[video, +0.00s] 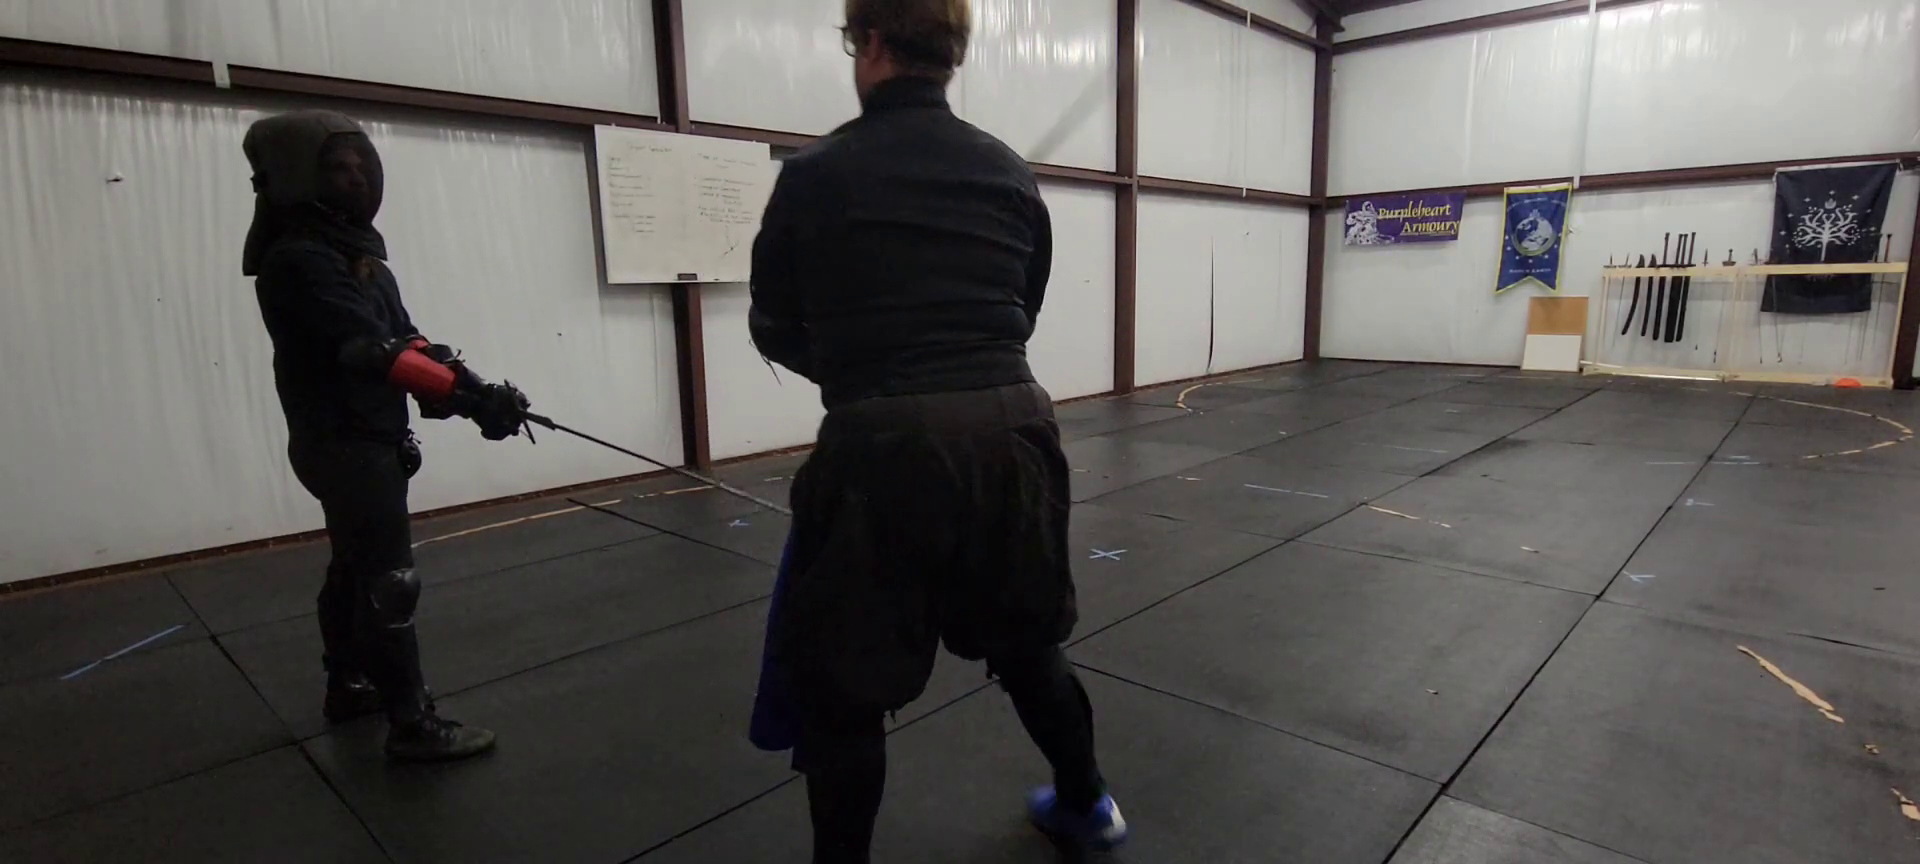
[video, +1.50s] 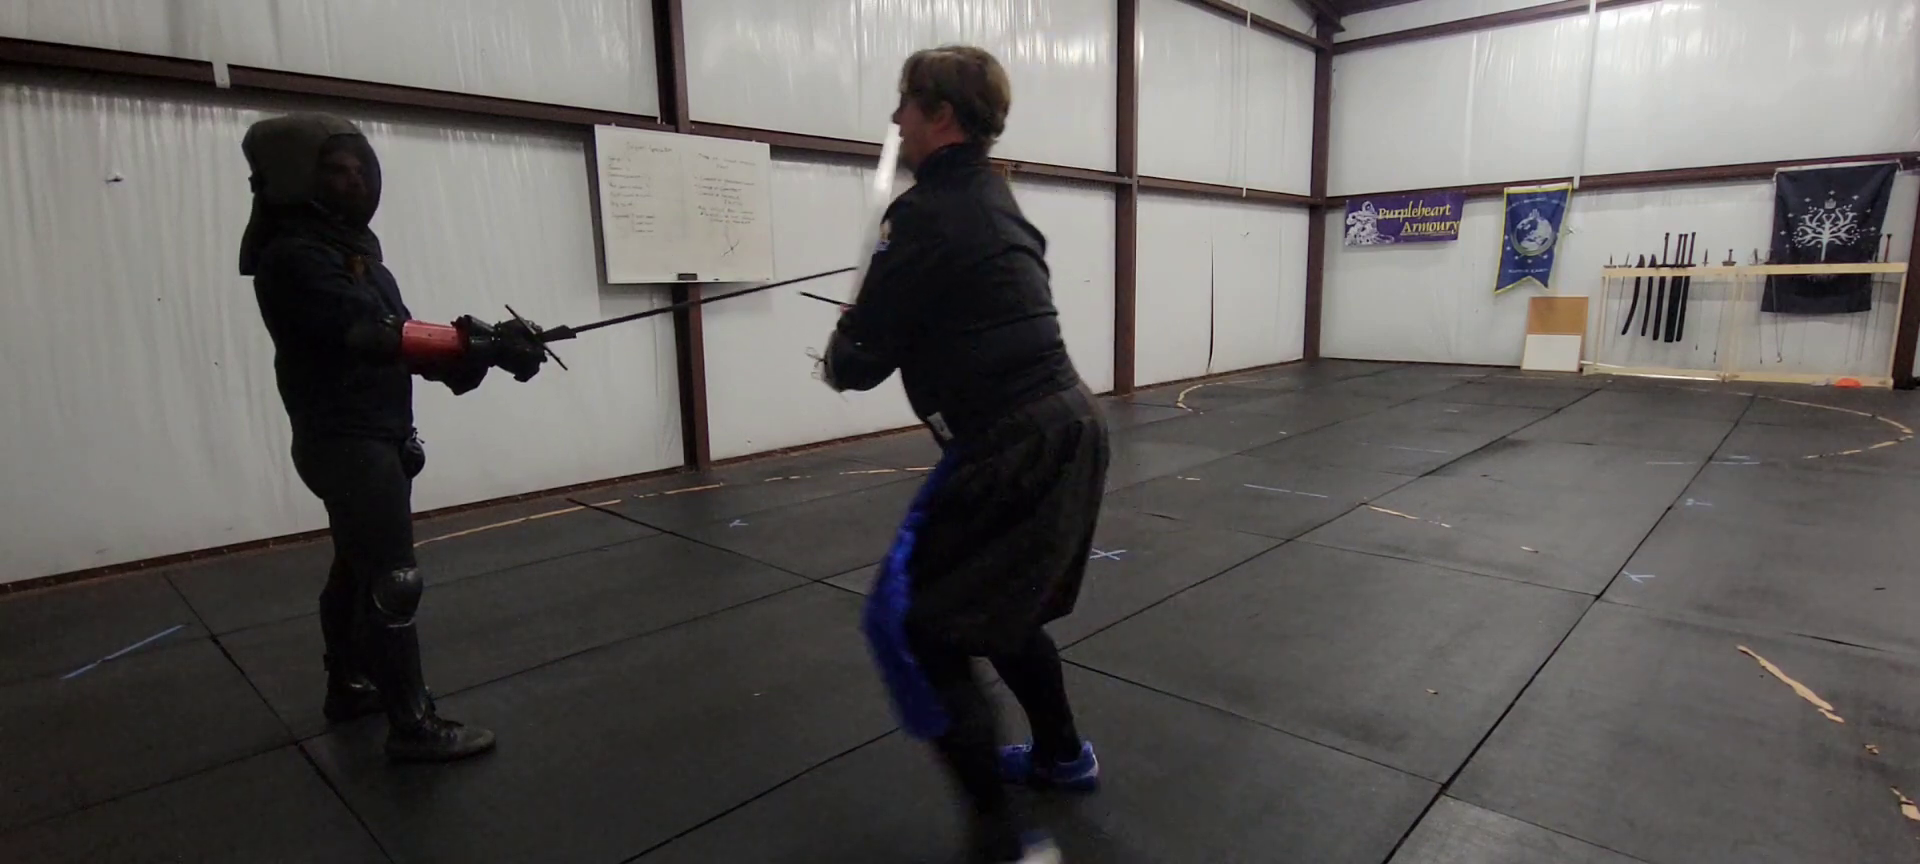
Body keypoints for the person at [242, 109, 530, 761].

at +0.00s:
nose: (362, 180)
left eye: (366, 167)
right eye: (345, 168)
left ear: (372, 174)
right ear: (307, 178)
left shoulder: (354, 247)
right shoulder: (297, 257)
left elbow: (397, 335)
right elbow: (360, 347)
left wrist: (461, 380)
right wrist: (468, 396)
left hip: (371, 439)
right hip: (341, 445)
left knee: (356, 569)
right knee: (390, 581)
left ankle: (349, 688)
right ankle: (411, 722)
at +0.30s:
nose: (363, 180)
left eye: (365, 167)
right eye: (346, 169)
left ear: (370, 174)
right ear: (310, 180)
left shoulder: (351, 245)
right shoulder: (293, 257)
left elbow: (394, 333)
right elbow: (357, 344)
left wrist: (467, 366)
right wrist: (472, 370)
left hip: (373, 439)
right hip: (342, 446)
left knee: (356, 568)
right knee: (391, 581)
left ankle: (349, 687)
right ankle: (410, 723)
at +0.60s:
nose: (357, 183)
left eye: (362, 170)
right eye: (340, 172)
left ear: (369, 177)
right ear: (307, 182)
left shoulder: (351, 245)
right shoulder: (289, 256)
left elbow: (388, 331)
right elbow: (359, 339)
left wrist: (459, 356)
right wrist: (474, 348)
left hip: (376, 438)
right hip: (342, 445)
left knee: (358, 567)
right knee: (392, 581)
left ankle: (349, 687)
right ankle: (411, 723)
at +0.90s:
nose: (352, 183)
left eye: (358, 171)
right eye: (336, 171)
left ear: (366, 179)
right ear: (305, 181)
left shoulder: (352, 247)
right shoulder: (287, 255)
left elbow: (392, 328)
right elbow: (350, 337)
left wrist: (459, 351)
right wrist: (466, 347)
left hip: (378, 436)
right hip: (341, 442)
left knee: (359, 566)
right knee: (392, 579)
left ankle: (349, 687)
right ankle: (411, 722)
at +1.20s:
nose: (348, 182)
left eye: (356, 170)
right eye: (332, 171)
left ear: (368, 181)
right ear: (302, 182)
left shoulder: (354, 247)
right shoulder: (287, 255)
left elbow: (392, 329)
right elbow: (351, 338)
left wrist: (459, 352)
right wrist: (468, 350)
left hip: (380, 437)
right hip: (341, 443)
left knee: (360, 568)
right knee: (392, 580)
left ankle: (349, 686)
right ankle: (411, 724)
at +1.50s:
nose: (355, 181)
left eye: (361, 169)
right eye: (339, 169)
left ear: (371, 179)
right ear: (308, 179)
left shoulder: (350, 245)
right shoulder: (292, 254)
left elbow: (393, 328)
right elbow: (364, 334)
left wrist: (466, 349)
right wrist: (478, 345)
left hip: (376, 439)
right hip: (343, 444)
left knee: (359, 569)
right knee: (392, 582)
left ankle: (349, 688)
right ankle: (411, 723)